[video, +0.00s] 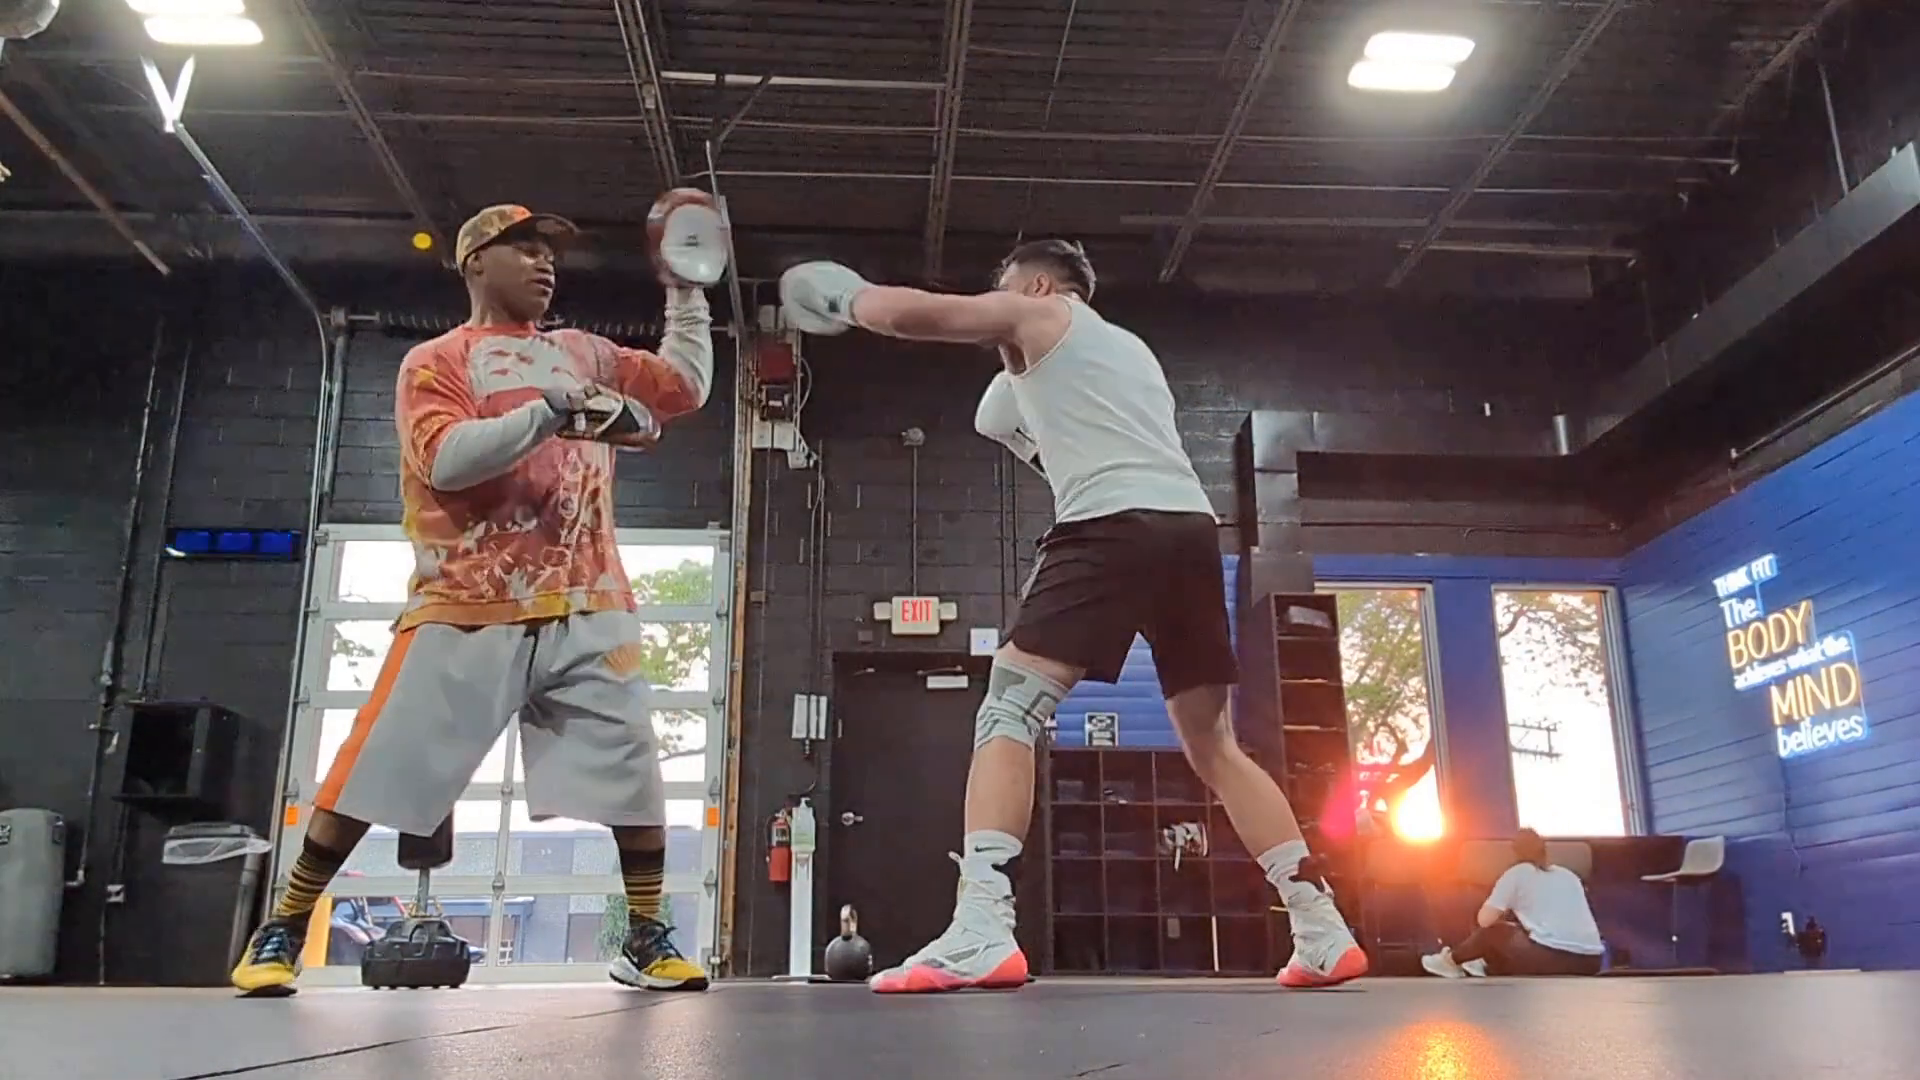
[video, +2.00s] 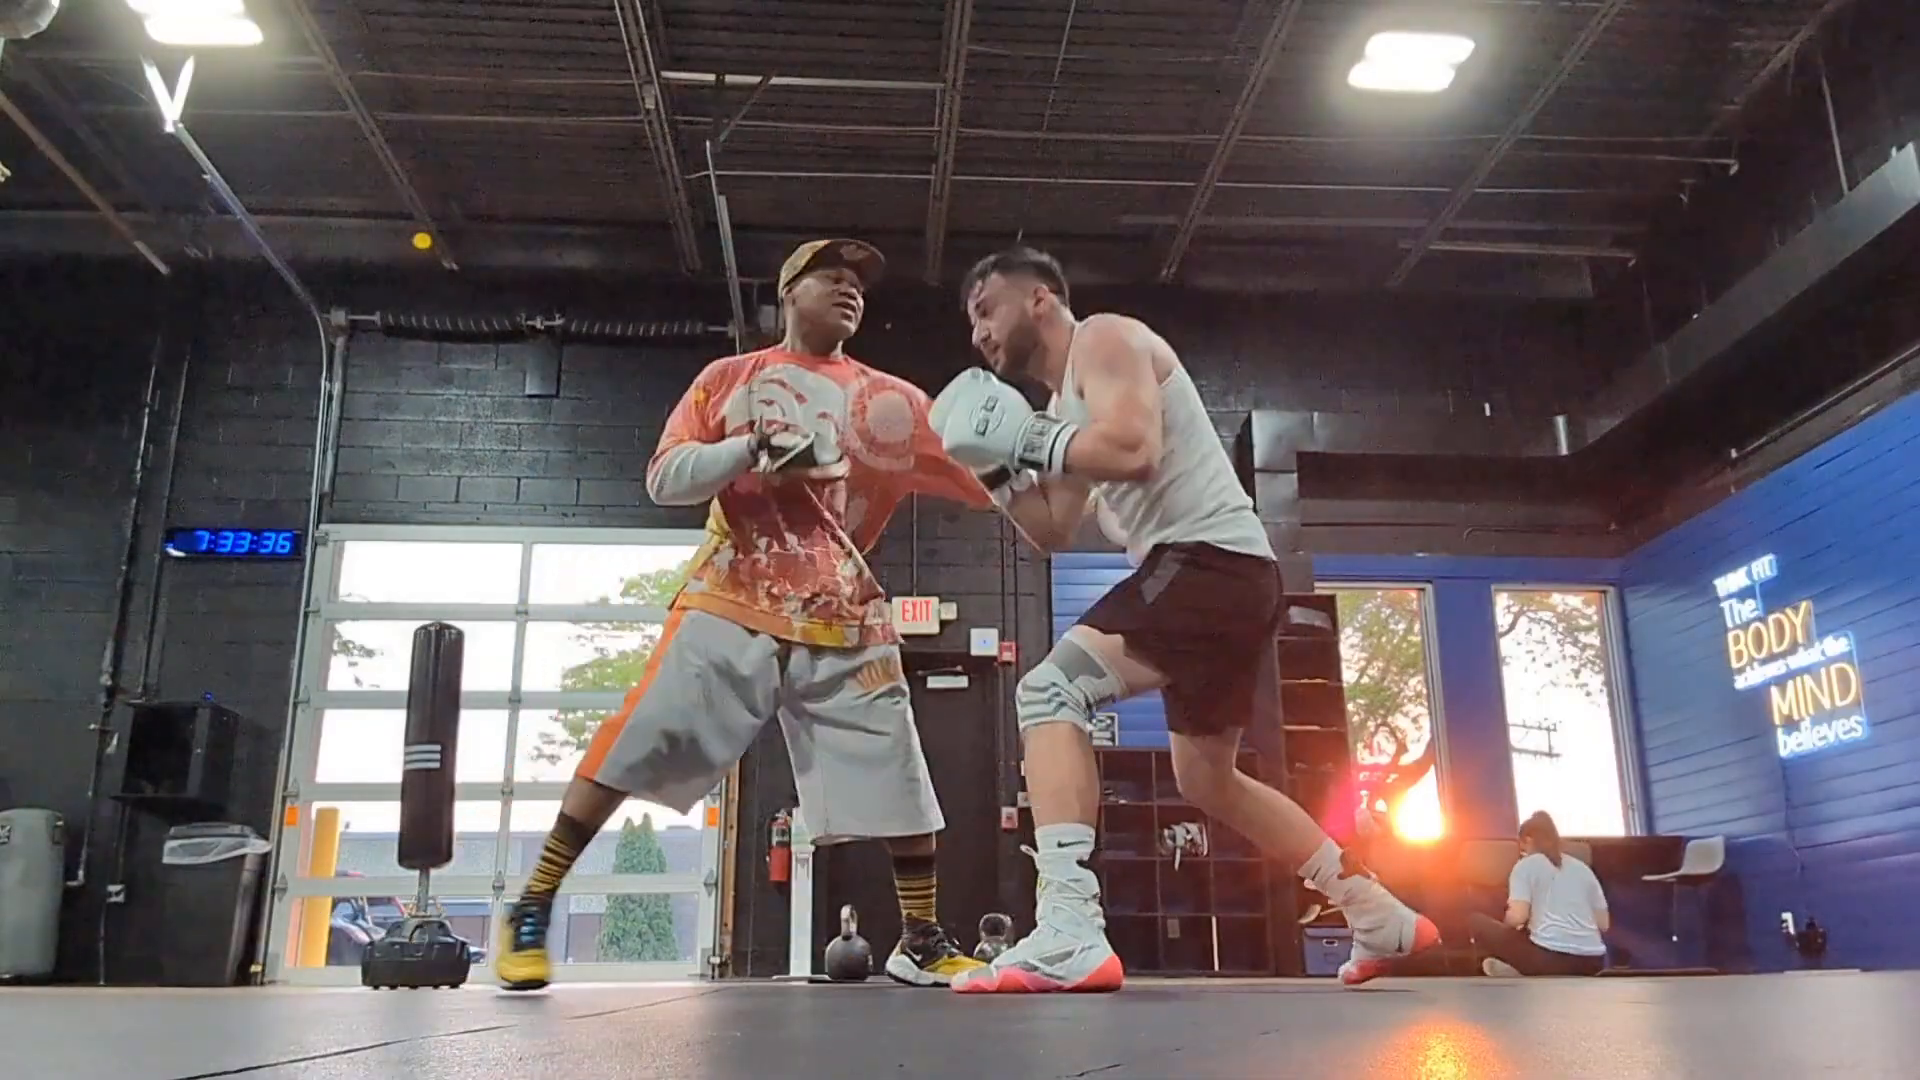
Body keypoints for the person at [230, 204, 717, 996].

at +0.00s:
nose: (546, 260)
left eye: (550, 249)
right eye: (526, 245)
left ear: (551, 270)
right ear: (476, 263)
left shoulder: (581, 352)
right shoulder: (435, 363)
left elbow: (682, 384)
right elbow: (445, 461)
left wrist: (687, 281)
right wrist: (552, 410)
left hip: (587, 598)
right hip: (468, 599)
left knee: (634, 758)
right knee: (380, 752)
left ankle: (647, 936)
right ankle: (287, 924)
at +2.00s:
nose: (851, 290)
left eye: (859, 284)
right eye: (834, 275)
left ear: (860, 308)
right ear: (789, 291)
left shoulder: (891, 400)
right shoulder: (731, 376)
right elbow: (665, 480)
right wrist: (753, 449)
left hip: (844, 606)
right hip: (734, 592)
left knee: (898, 768)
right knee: (646, 734)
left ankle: (922, 937)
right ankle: (530, 906)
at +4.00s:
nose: (925, 350)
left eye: (927, 341)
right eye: (913, 334)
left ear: (901, 350)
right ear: (866, 335)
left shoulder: (894, 442)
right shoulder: (832, 383)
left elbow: (920, 555)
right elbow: (879, 463)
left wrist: (1011, 562)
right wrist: (979, 467)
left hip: (863, 622)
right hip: (785, 598)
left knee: (915, 747)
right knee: (701, 745)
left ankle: (905, 937)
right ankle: (548, 892)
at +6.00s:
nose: (827, 382)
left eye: (829, 370)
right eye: (815, 366)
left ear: (809, 374)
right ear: (767, 366)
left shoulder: (831, 463)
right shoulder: (711, 435)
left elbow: (857, 553)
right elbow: (699, 463)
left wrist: (855, 582)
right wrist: (734, 354)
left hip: (821, 655)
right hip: (715, 650)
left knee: (904, 775)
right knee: (617, 784)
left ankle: (934, 942)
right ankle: (487, 936)